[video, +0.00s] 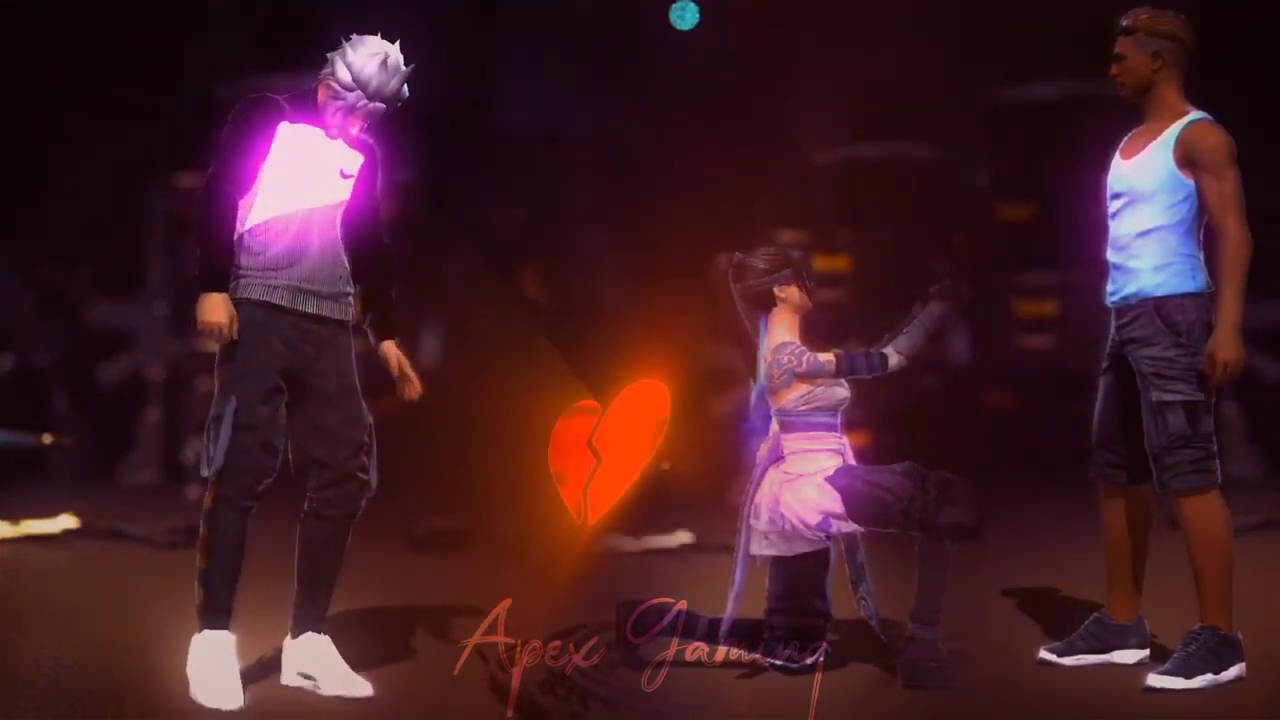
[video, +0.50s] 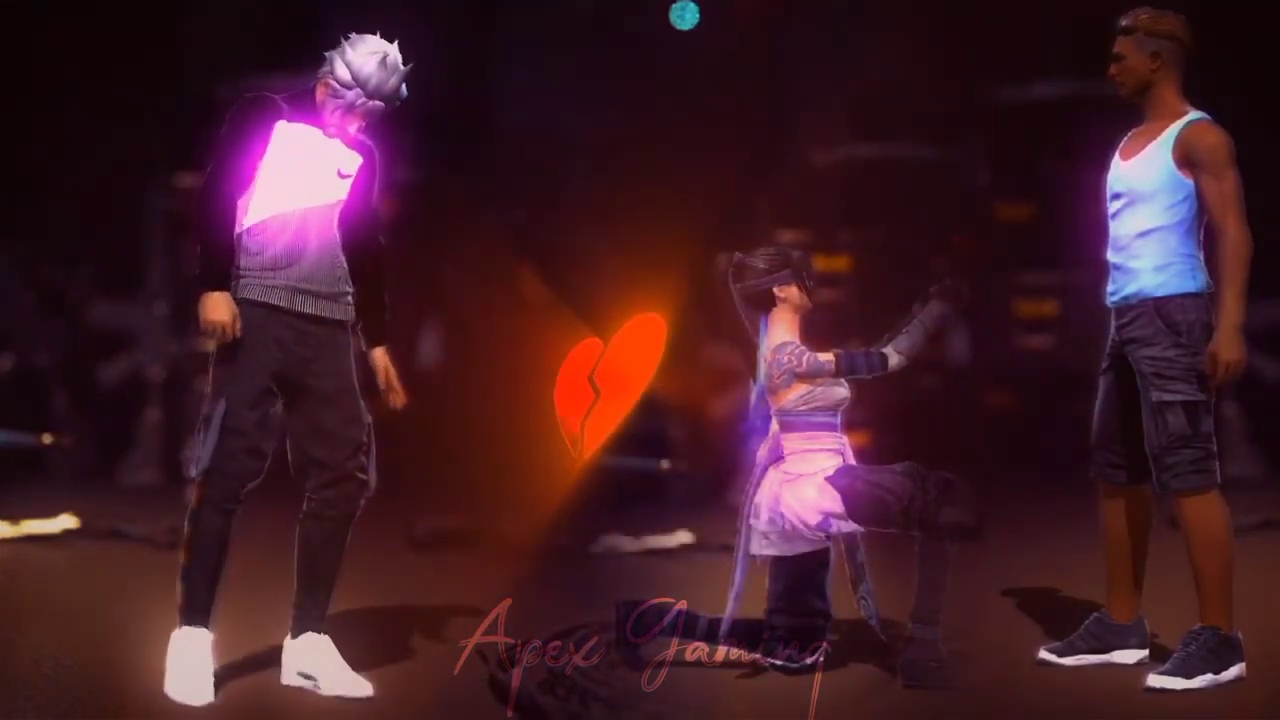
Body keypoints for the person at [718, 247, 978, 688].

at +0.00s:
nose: (808, 289)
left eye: (804, 281)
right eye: (800, 282)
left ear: (779, 292)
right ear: (781, 291)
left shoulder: (785, 348)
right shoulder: (786, 354)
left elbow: (879, 358)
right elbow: (884, 361)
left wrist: (929, 309)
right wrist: (939, 307)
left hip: (799, 481)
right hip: (810, 484)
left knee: (797, 645)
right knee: (944, 497)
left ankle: (676, 623)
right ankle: (923, 650)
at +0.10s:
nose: (808, 290)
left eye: (803, 282)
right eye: (799, 282)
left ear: (780, 293)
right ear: (780, 291)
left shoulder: (783, 349)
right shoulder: (786, 354)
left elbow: (879, 359)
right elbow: (885, 360)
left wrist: (929, 309)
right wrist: (939, 306)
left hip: (796, 484)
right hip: (809, 486)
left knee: (796, 645)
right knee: (945, 497)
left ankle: (675, 624)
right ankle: (923, 650)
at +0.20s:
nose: (808, 290)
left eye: (804, 282)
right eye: (800, 283)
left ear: (780, 292)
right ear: (781, 291)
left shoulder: (782, 349)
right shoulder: (786, 354)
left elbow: (879, 359)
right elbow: (885, 360)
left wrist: (928, 309)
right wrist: (939, 306)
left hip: (796, 484)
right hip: (810, 486)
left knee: (796, 645)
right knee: (945, 497)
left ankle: (674, 624)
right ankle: (923, 650)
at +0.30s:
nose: (808, 291)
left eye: (804, 282)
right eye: (800, 283)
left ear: (780, 292)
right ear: (781, 290)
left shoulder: (783, 348)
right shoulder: (786, 354)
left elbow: (879, 359)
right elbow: (884, 360)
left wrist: (928, 309)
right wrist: (939, 306)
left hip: (797, 484)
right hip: (809, 486)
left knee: (796, 645)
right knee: (945, 497)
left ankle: (676, 624)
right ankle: (923, 650)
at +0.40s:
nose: (808, 291)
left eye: (804, 283)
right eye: (801, 283)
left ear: (780, 293)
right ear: (781, 291)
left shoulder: (783, 349)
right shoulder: (787, 354)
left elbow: (879, 358)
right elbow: (885, 360)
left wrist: (929, 308)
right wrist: (939, 306)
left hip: (800, 481)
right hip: (811, 484)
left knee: (796, 645)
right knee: (944, 496)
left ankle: (675, 624)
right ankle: (924, 648)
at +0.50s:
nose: (808, 290)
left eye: (803, 282)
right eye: (800, 283)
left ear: (779, 293)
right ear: (780, 291)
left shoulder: (782, 350)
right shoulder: (787, 354)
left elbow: (879, 359)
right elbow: (885, 360)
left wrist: (928, 310)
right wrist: (938, 307)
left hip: (797, 484)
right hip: (809, 486)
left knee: (795, 645)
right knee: (942, 497)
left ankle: (675, 624)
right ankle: (923, 650)